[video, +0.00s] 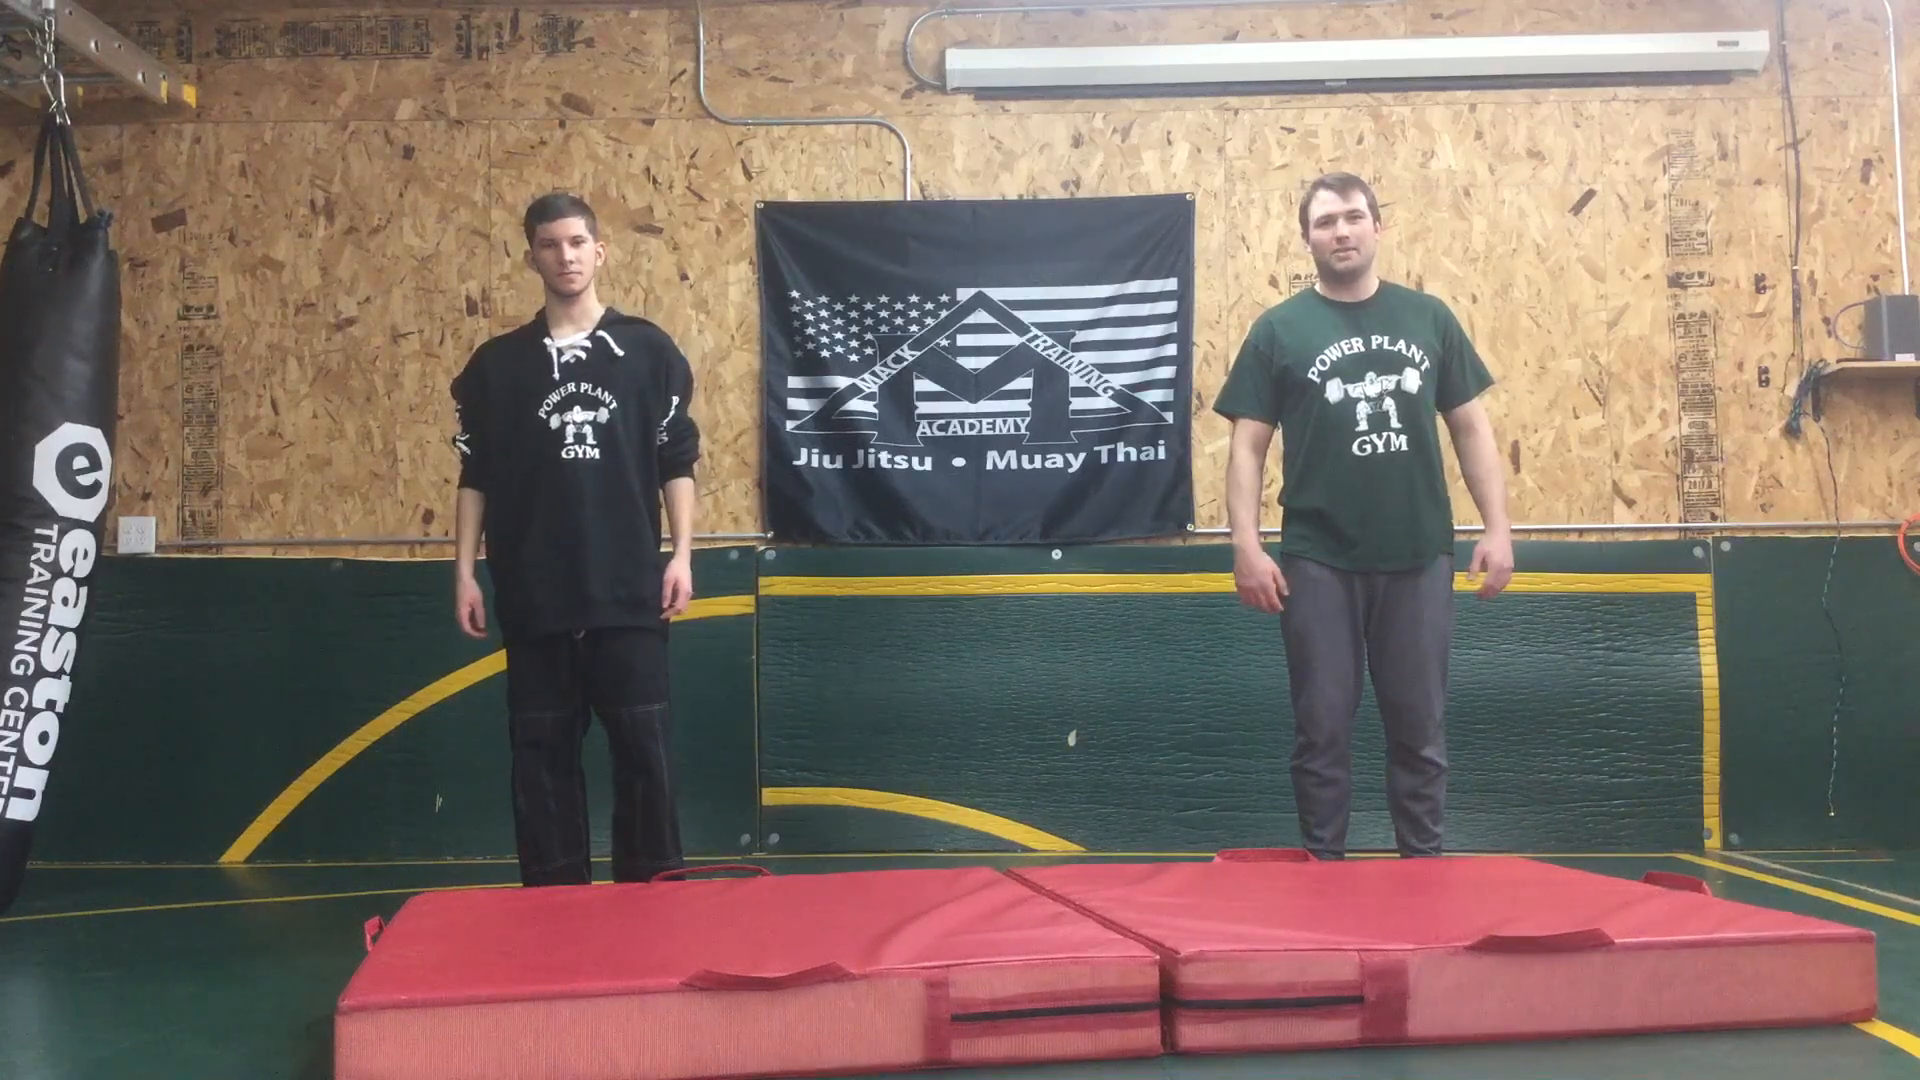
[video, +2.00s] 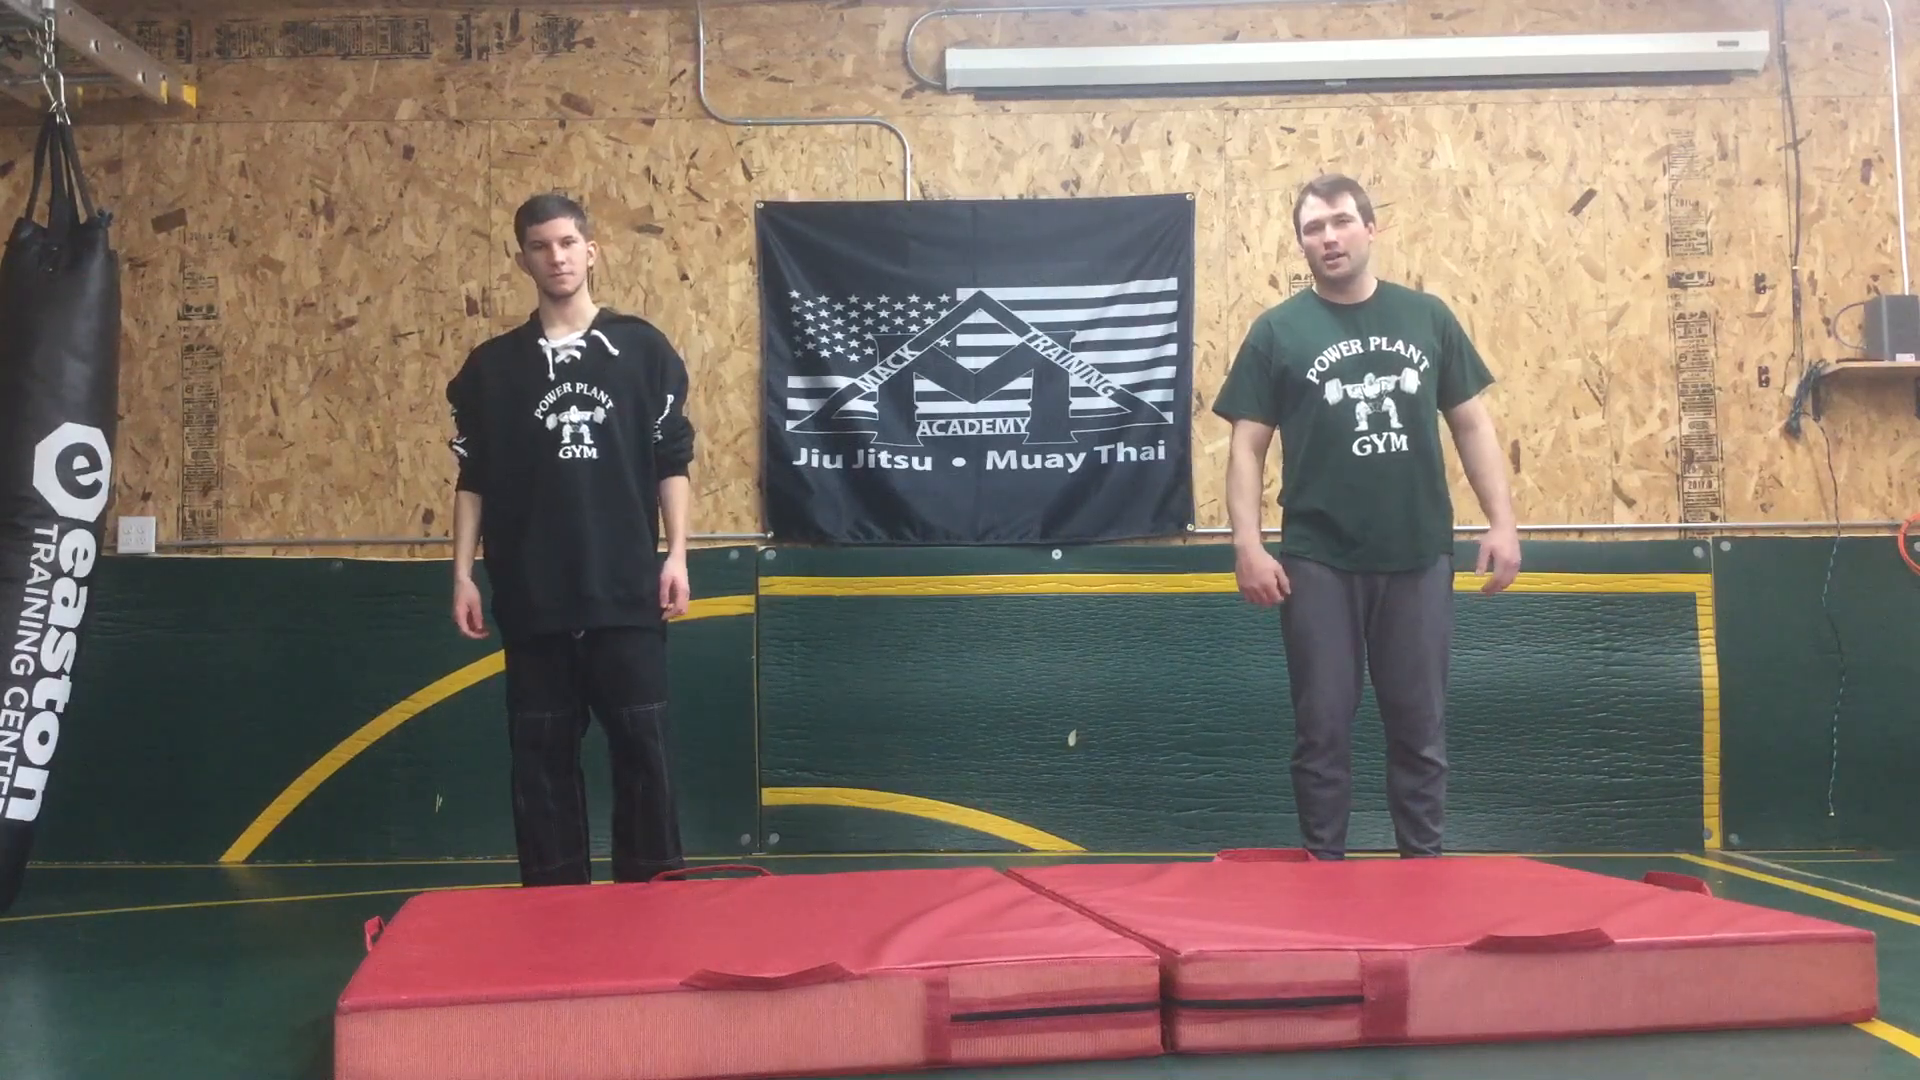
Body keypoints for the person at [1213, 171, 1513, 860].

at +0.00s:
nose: (1342, 231)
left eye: (1353, 218)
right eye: (1326, 222)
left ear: (1377, 228)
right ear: (1307, 239)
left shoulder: (1428, 318)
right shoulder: (1278, 331)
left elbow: (1469, 426)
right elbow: (1247, 445)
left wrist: (1498, 527)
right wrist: (1246, 546)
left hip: (1418, 555)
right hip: (1317, 557)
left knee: (1419, 727)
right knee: (1322, 726)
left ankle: (1423, 869)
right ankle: (1323, 870)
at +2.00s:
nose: (1328, 236)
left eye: (1341, 221)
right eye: (1313, 227)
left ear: (1372, 229)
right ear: (1300, 243)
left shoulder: (1426, 317)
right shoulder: (1277, 332)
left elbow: (1470, 424)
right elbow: (1247, 447)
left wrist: (1502, 522)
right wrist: (1248, 545)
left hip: (1417, 554)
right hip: (1317, 556)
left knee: (1419, 724)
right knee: (1322, 723)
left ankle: (1423, 868)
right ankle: (1323, 869)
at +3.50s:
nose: (1337, 241)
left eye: (1349, 225)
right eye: (1322, 231)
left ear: (1375, 231)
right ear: (1305, 243)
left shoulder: (1429, 319)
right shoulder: (1278, 332)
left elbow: (1468, 425)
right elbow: (1249, 446)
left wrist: (1495, 524)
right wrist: (1252, 546)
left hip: (1416, 555)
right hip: (1316, 557)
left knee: (1420, 728)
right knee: (1322, 727)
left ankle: (1422, 871)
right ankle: (1323, 873)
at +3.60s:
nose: (1339, 239)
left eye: (1350, 224)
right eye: (1323, 229)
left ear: (1376, 231)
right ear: (1306, 243)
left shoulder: (1429, 319)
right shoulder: (1278, 330)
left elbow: (1469, 425)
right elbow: (1248, 443)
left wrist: (1494, 524)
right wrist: (1253, 546)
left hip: (1417, 555)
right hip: (1316, 557)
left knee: (1420, 728)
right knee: (1322, 727)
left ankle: (1423, 871)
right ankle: (1323, 873)